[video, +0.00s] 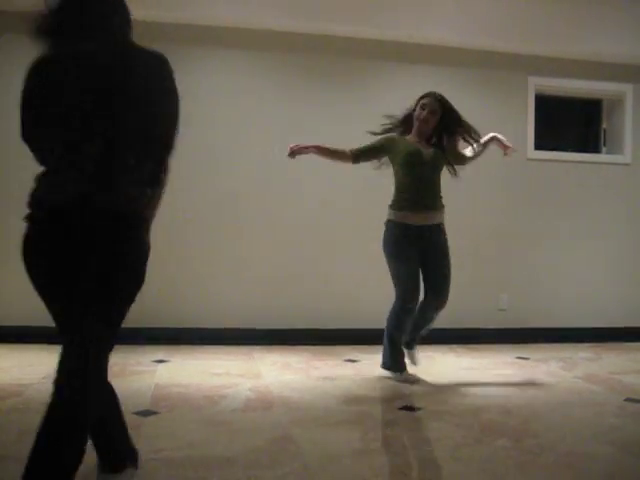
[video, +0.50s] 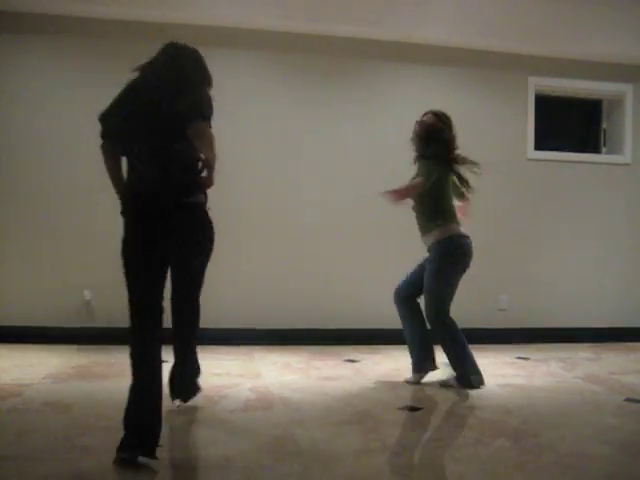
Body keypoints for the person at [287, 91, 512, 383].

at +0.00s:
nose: (426, 114)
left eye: (433, 111)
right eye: (422, 108)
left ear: (440, 120)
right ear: (414, 112)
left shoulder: (442, 150)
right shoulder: (396, 142)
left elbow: (468, 157)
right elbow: (353, 155)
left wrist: (490, 138)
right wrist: (313, 148)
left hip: (433, 232)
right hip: (401, 231)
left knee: (437, 297)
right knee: (407, 297)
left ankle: (409, 339)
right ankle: (392, 364)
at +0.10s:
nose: (421, 109)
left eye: (427, 106)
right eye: (419, 104)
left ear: (439, 113)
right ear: (415, 108)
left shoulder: (444, 147)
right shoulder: (398, 142)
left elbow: (484, 154)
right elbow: (358, 153)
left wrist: (516, 136)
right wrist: (320, 150)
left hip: (436, 227)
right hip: (401, 228)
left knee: (433, 296)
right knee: (404, 296)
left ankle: (438, 351)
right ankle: (398, 363)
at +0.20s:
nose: (418, 105)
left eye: (426, 102)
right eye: (418, 101)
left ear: (440, 110)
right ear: (416, 107)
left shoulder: (444, 142)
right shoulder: (402, 143)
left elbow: (492, 153)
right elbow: (377, 159)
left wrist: (534, 145)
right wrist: (345, 158)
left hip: (436, 228)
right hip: (404, 229)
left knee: (433, 296)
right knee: (404, 299)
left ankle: (449, 363)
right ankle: (402, 365)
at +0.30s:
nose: (418, 105)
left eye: (425, 101)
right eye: (419, 100)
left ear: (439, 108)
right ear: (418, 105)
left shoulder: (444, 142)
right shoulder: (413, 141)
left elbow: (484, 159)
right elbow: (402, 168)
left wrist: (527, 157)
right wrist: (377, 174)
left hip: (437, 228)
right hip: (412, 230)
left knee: (434, 297)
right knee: (407, 300)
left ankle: (461, 362)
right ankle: (407, 364)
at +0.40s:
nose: (417, 123)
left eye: (423, 118)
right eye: (418, 118)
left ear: (433, 124)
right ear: (437, 124)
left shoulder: (441, 150)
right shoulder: (424, 151)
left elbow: (456, 167)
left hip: (443, 236)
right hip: (428, 237)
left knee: (437, 302)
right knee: (406, 294)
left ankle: (468, 372)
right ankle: (418, 359)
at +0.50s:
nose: (417, 125)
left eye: (423, 123)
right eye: (419, 120)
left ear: (429, 136)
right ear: (444, 139)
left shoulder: (430, 165)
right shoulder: (441, 167)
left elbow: (413, 189)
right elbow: (463, 196)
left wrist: (392, 195)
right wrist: (461, 214)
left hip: (449, 250)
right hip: (445, 250)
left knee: (436, 315)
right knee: (403, 295)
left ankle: (469, 376)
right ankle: (422, 361)